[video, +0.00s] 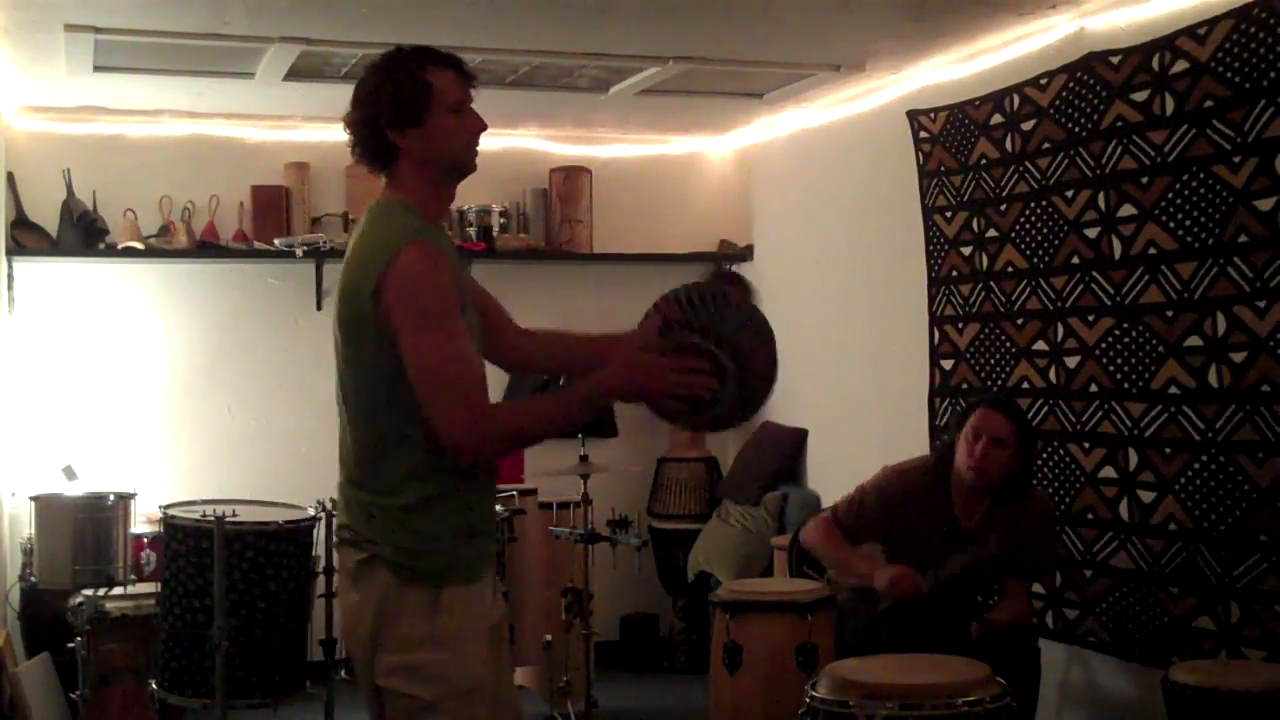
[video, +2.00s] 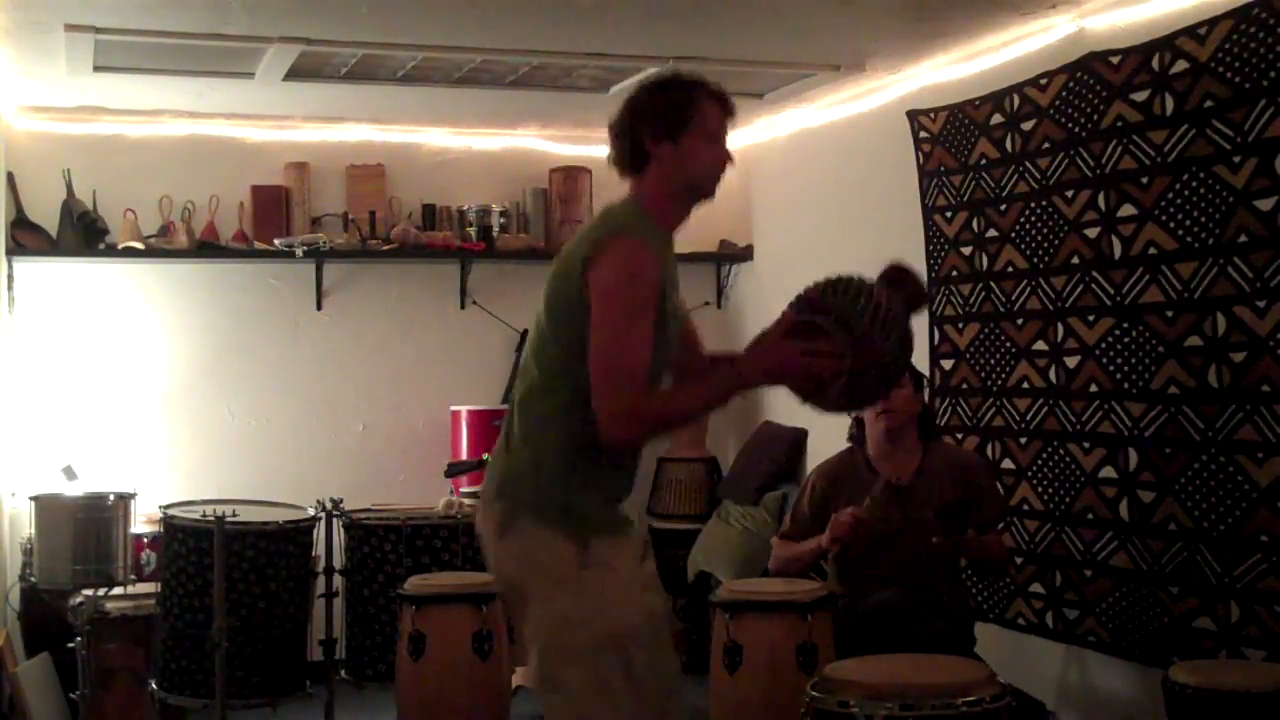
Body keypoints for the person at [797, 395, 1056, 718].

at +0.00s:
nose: (979, 452)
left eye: (997, 445)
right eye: (974, 436)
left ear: (1016, 459)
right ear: (957, 436)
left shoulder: (1028, 509)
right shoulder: (907, 483)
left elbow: (1018, 602)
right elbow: (814, 531)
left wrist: (981, 626)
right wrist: (875, 570)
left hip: (969, 618)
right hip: (896, 607)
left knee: (1019, 649)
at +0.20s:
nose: (968, 413)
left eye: (985, 405)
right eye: (961, 399)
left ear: (1004, 423)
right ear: (944, 407)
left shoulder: (1018, 496)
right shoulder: (894, 460)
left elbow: (1024, 596)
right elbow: (801, 510)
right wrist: (858, 542)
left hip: (961, 619)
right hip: (879, 609)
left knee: (1018, 670)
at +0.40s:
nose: (934, 395)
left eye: (948, 386)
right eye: (924, 386)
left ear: (973, 408)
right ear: (909, 402)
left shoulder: (997, 488)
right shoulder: (869, 464)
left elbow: (1022, 582)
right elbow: (776, 507)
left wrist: (980, 585)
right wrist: (838, 551)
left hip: (955, 621)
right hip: (874, 616)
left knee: (1005, 677)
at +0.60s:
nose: (896, 373)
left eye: (909, 368)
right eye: (884, 369)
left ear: (929, 392)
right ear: (868, 398)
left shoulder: (968, 465)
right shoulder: (837, 462)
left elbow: (1005, 543)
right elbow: (762, 521)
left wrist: (965, 567)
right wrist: (832, 536)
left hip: (944, 615)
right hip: (863, 616)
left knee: (995, 671)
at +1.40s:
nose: (895, 398)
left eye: (907, 387)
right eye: (884, 390)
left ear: (929, 399)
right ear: (869, 406)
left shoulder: (966, 472)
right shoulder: (841, 471)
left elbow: (1000, 562)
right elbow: (775, 547)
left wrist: (968, 536)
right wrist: (827, 533)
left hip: (940, 635)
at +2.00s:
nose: (883, 398)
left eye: (895, 386)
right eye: (873, 389)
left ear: (919, 400)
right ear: (859, 407)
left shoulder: (962, 469)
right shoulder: (829, 478)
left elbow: (997, 553)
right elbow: (777, 561)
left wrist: (964, 542)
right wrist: (821, 542)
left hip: (943, 636)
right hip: (859, 639)